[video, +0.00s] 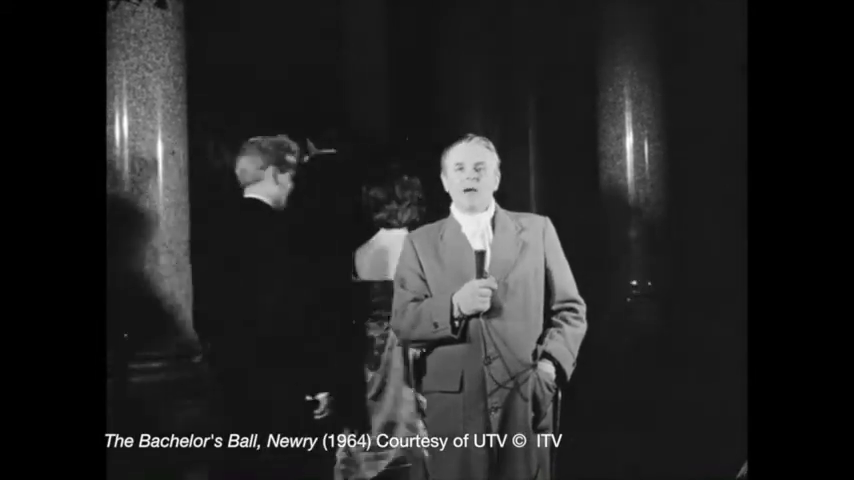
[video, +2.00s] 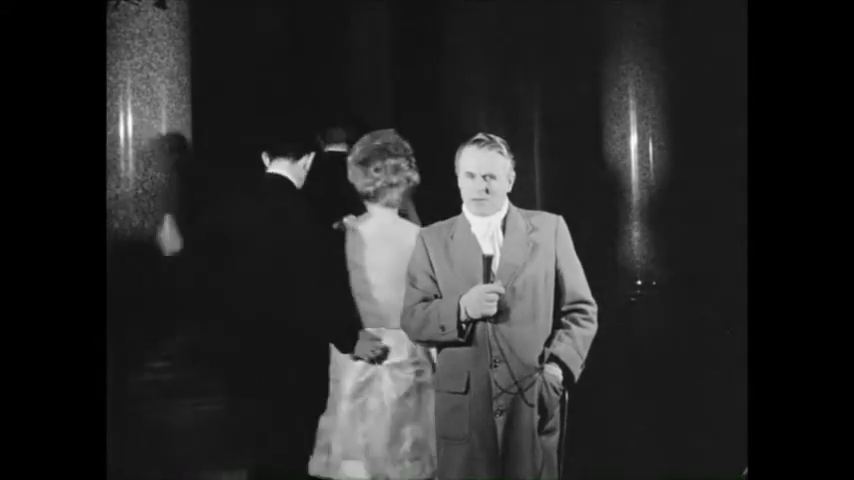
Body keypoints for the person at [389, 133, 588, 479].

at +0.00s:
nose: (470, 174)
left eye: (480, 166)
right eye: (459, 167)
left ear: (497, 178)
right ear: (444, 181)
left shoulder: (537, 231)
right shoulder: (420, 242)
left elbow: (569, 309)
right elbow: (404, 321)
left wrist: (551, 363)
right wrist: (453, 306)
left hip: (523, 399)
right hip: (452, 402)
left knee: (527, 474)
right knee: (453, 473)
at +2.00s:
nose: (480, 186)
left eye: (490, 177)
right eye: (471, 176)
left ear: (510, 180)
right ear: (458, 180)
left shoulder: (549, 230)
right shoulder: (431, 240)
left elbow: (580, 310)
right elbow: (413, 318)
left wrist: (557, 366)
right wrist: (461, 308)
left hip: (531, 397)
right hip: (461, 398)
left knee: (533, 474)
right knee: (460, 474)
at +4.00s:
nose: (470, 185)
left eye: (480, 175)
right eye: (461, 175)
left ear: (499, 181)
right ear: (447, 181)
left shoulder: (538, 231)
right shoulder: (419, 244)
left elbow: (570, 309)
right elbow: (402, 322)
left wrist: (550, 365)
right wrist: (453, 309)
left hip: (525, 398)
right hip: (453, 400)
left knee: (527, 475)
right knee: (456, 474)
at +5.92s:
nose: (485, 175)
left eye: (497, 168)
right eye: (476, 166)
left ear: (513, 181)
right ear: (459, 177)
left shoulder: (547, 233)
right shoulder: (429, 241)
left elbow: (578, 311)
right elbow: (413, 320)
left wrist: (558, 363)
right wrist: (464, 302)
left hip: (532, 398)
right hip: (461, 399)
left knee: (533, 475)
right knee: (465, 474)